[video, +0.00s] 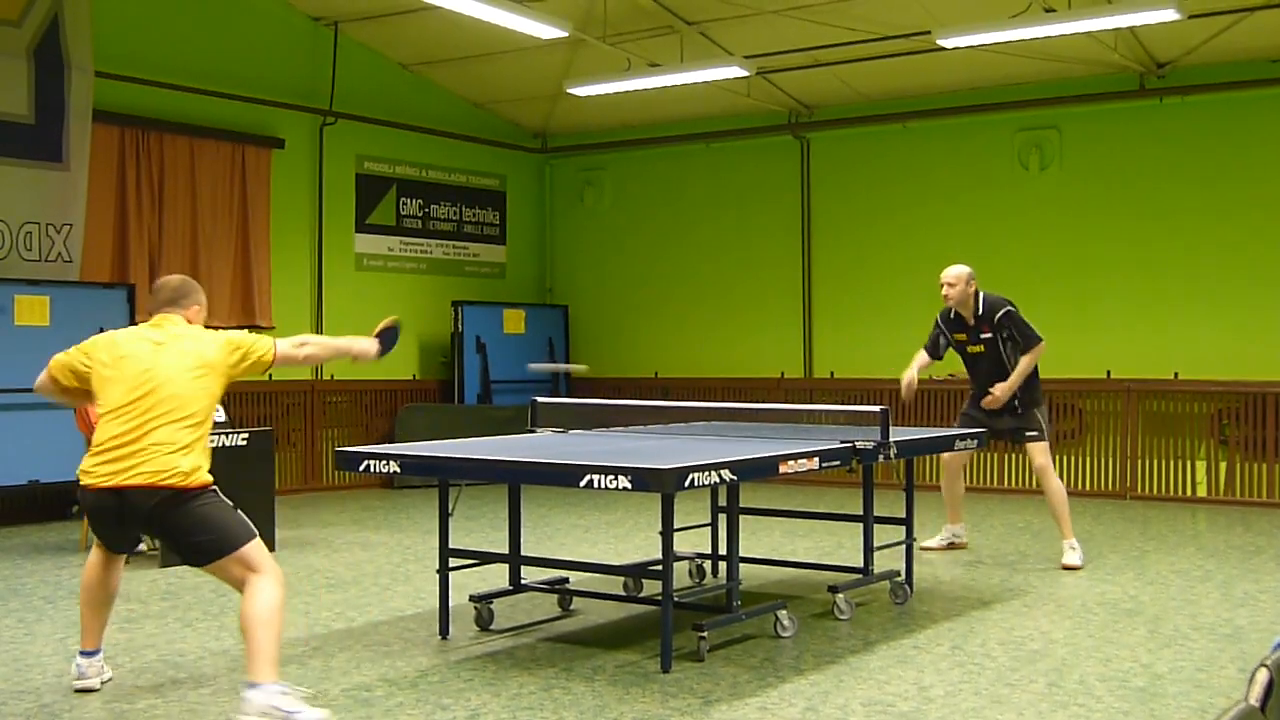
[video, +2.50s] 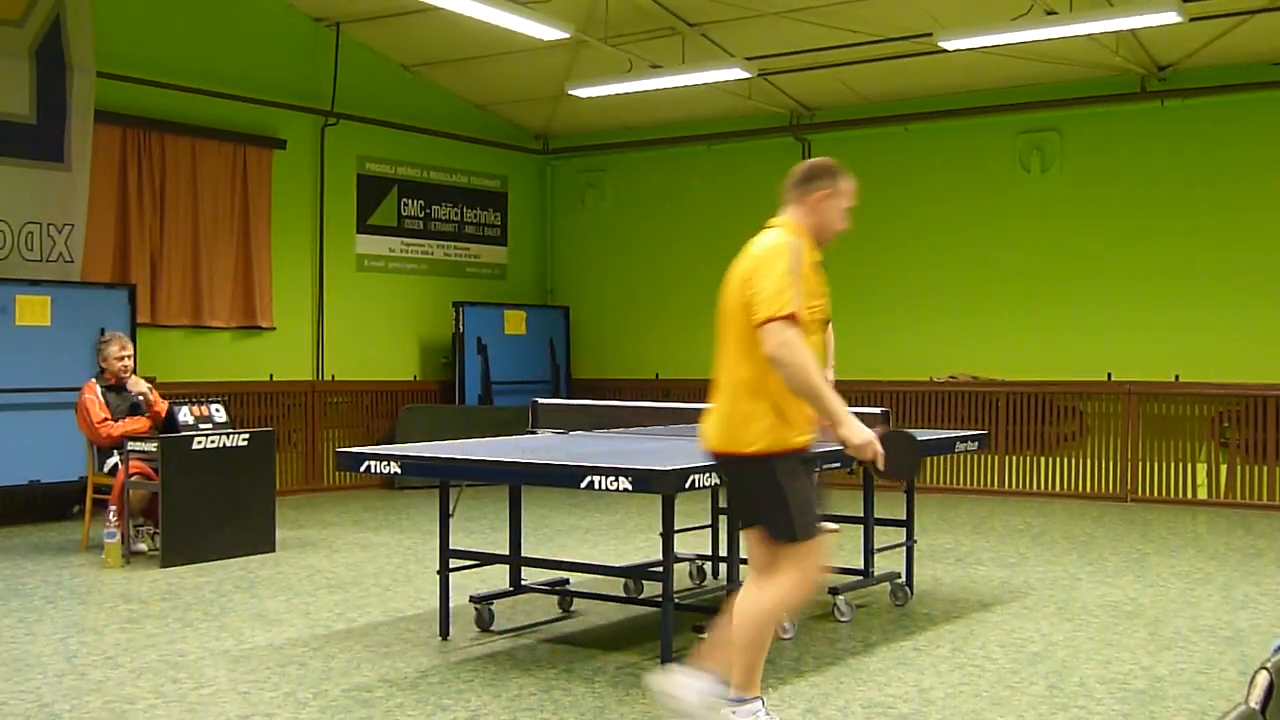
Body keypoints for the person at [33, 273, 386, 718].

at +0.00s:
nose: (205, 318)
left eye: (204, 312)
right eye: (204, 312)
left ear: (152, 311)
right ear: (194, 311)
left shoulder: (105, 344)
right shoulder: (217, 344)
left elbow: (44, 384)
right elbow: (300, 350)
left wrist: (92, 396)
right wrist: (364, 346)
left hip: (104, 485)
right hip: (176, 486)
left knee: (108, 550)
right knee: (261, 574)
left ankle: (87, 660)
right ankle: (263, 687)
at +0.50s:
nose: (259, 276)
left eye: (258, 267)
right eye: (256, 267)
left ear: (203, 266)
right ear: (240, 268)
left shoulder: (153, 307)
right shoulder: (245, 308)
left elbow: (145, 372)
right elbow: (315, 380)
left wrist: (227, 377)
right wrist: (332, 404)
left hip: (120, 446)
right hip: (186, 449)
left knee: (147, 549)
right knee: (260, 559)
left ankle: (95, 666)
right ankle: (278, 691)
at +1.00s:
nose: (406, 293)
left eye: (406, 286)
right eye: (405, 285)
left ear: (351, 280)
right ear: (389, 282)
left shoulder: (300, 322)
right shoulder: (394, 314)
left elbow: (288, 397)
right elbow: (483, 364)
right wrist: (476, 322)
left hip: (264, 478)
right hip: (330, 483)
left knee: (282, 514)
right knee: (436, 564)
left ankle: (236, 618)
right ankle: (373, 679)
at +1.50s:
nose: (435, 301)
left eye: (435, 292)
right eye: (435, 292)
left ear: (379, 290)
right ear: (421, 293)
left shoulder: (324, 341)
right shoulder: (430, 350)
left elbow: (292, 419)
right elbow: (447, 442)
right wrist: (497, 475)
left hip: (305, 499)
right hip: (384, 508)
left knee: (272, 591)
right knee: (468, 592)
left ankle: (198, 700)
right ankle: (467, 713)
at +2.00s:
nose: (659, 238)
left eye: (661, 226)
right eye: (658, 224)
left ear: (615, 215)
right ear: (632, 218)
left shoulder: (571, 258)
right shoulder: (588, 269)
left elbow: (535, 352)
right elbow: (548, 360)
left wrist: (560, 437)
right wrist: (546, 466)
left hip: (507, 440)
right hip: (520, 447)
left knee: (531, 576)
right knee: (537, 584)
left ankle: (457, 669)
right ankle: (477, 709)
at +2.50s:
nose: (847, 222)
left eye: (849, 210)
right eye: (844, 208)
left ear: (811, 198)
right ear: (815, 198)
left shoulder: (784, 250)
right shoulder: (780, 249)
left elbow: (784, 345)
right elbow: (780, 342)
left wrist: (825, 417)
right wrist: (844, 419)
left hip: (755, 436)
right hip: (762, 437)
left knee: (768, 569)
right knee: (809, 563)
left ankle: (743, 700)